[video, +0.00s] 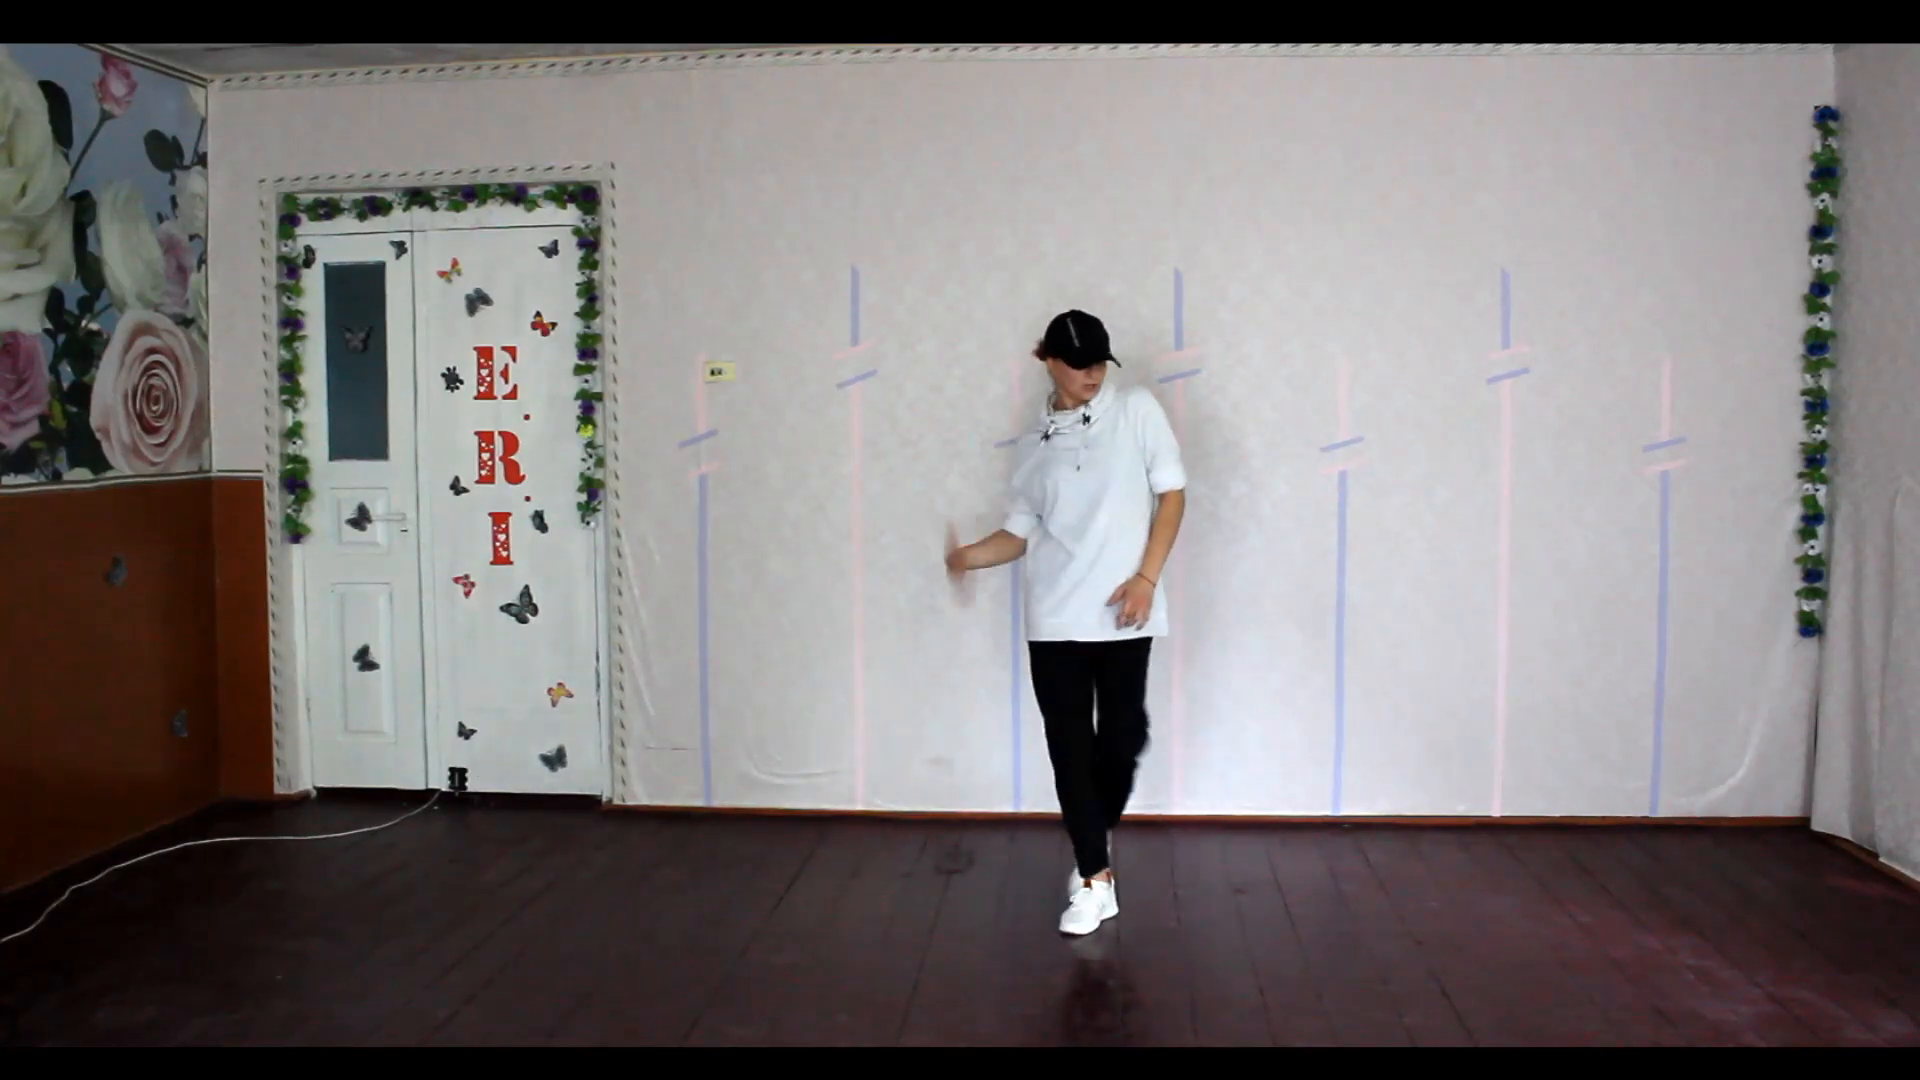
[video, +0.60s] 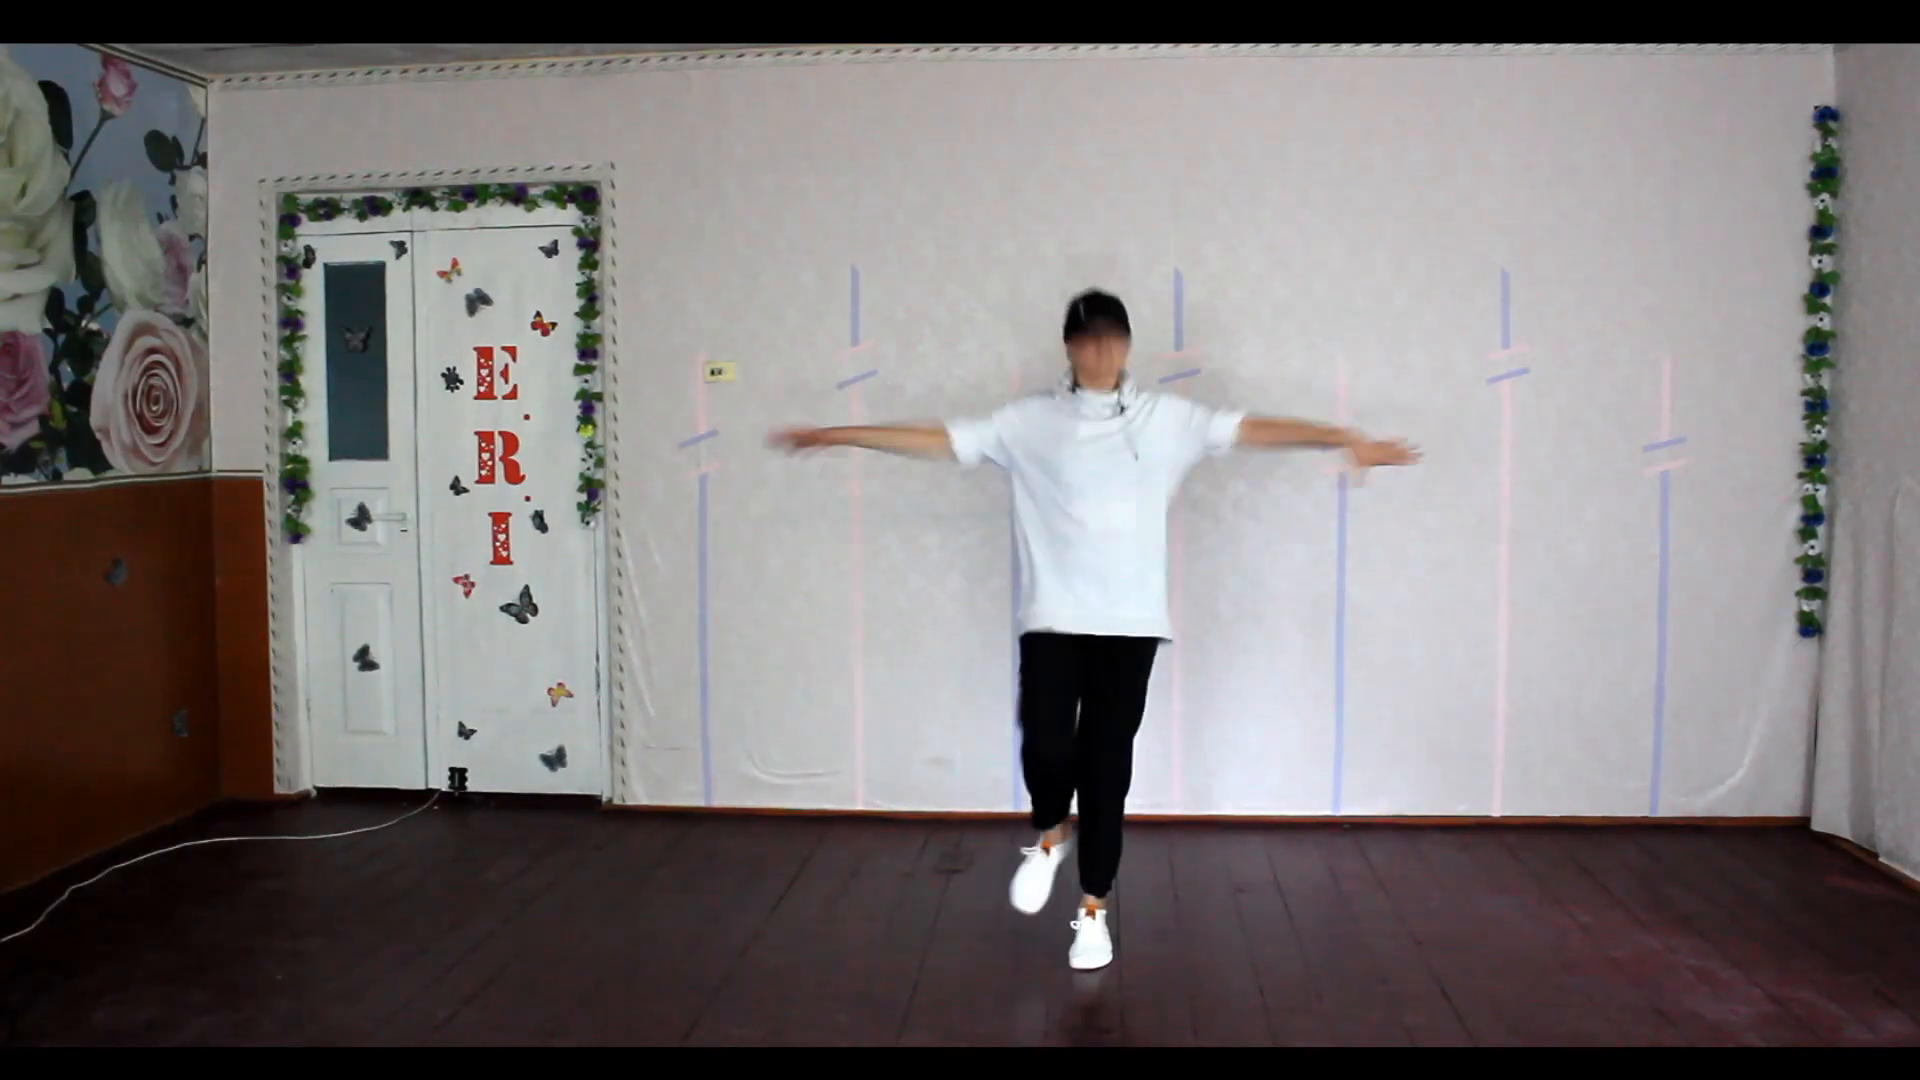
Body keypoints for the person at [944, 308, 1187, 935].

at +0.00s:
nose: (1094, 377)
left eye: (1100, 366)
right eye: (1082, 368)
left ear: (1108, 361)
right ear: (1051, 364)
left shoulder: (1134, 407)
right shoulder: (1035, 445)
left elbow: (1172, 494)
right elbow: (1018, 533)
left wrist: (1147, 577)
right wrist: (974, 554)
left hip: (1122, 617)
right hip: (1053, 623)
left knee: (1124, 739)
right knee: (1070, 750)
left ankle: (1091, 848)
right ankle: (1095, 879)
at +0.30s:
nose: (1092, 367)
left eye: (1103, 356)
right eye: (1081, 355)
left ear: (1119, 357)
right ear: (1062, 352)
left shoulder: (1143, 412)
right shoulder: (1026, 429)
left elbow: (1188, 491)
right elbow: (987, 518)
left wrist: (1147, 544)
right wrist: (1063, 516)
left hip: (1121, 601)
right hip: (1053, 612)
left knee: (1107, 721)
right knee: (1074, 745)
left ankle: (1121, 849)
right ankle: (1093, 881)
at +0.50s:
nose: (1105, 394)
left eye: (1116, 384)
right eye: (1094, 383)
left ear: (1132, 379)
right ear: (1073, 375)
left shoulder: (1153, 430)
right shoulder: (1034, 426)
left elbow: (1233, 459)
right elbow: (954, 456)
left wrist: (1160, 494)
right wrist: (1038, 478)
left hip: (1125, 637)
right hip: (1048, 636)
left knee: (1107, 771)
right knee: (1056, 770)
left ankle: (1096, 906)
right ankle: (1079, 868)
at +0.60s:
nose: (1100, 357)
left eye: (1110, 345)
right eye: (1088, 345)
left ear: (1127, 350)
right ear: (1068, 350)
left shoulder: (1167, 419)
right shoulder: (1031, 420)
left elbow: (1254, 430)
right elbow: (942, 439)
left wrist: (1346, 440)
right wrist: (844, 435)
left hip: (1129, 623)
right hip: (1051, 619)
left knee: (1105, 769)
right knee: (1042, 754)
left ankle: (1095, 908)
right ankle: (1053, 837)